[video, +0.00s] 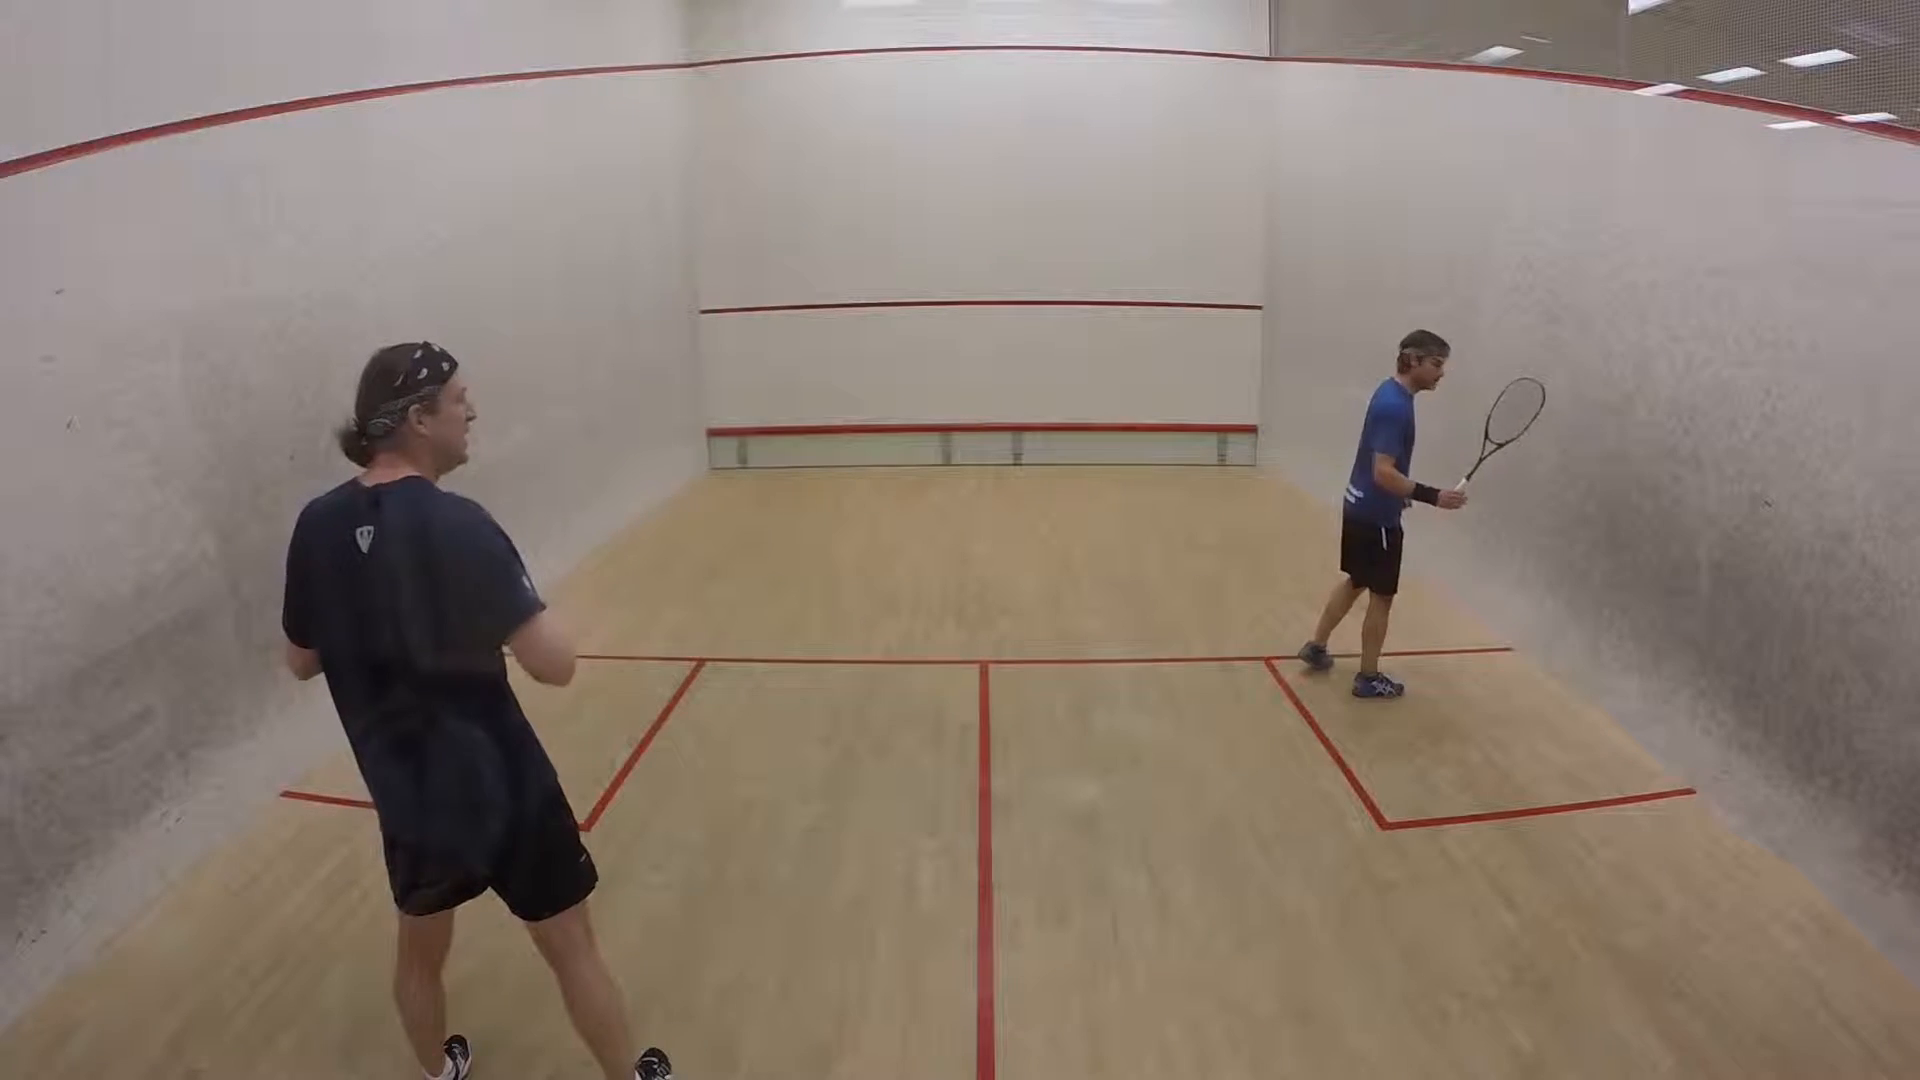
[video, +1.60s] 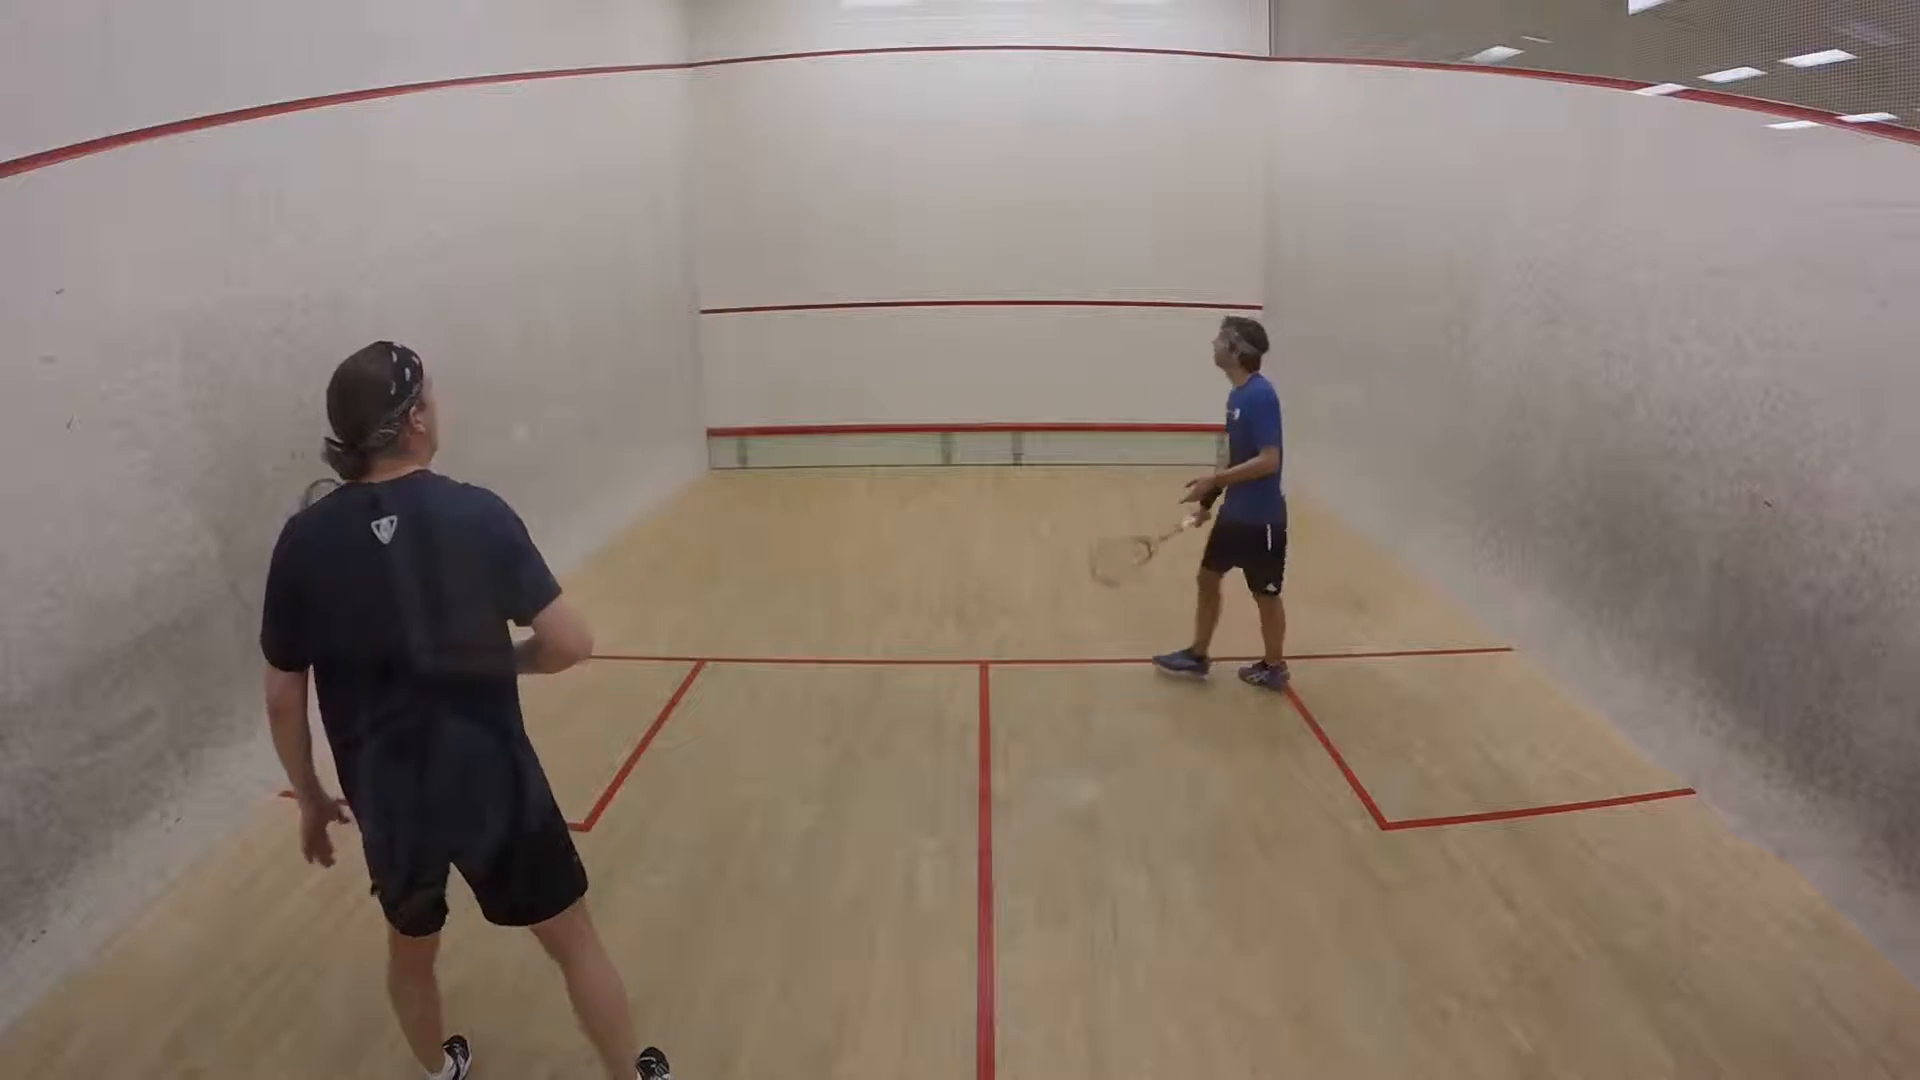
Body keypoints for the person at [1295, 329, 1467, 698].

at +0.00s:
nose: (1441, 373)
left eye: (1442, 366)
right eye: (1437, 365)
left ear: (1413, 363)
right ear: (1412, 362)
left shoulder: (1390, 394)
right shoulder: (1395, 405)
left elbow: (1377, 462)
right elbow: (1383, 473)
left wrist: (1400, 492)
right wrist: (1433, 495)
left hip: (1359, 507)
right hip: (1378, 517)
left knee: (1356, 581)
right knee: (1382, 597)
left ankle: (1316, 645)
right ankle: (1368, 676)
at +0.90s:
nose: (1407, 390)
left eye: (1406, 383)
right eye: (1408, 384)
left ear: (1375, 375)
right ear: (1404, 386)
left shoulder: (1344, 398)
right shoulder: (1386, 432)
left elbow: (1310, 434)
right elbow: (1397, 501)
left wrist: (1344, 455)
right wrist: (1448, 514)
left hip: (1299, 510)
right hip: (1338, 525)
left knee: (1288, 585)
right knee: (1356, 601)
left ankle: (1269, 665)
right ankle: (1364, 676)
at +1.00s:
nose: (1388, 387)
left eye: (1386, 380)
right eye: (1388, 381)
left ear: (1354, 374)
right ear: (1383, 384)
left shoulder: (1319, 396)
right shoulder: (1374, 434)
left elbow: (1277, 439)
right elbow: (1378, 497)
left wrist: (1299, 461)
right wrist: (1421, 514)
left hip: (1286, 513)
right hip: (1327, 526)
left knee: (1277, 588)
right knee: (1346, 602)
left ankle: (1269, 671)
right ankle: (1363, 676)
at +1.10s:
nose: (1363, 380)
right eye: (1364, 376)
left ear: (1330, 369)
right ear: (1361, 378)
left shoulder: (1296, 396)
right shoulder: (1361, 428)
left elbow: (1259, 441)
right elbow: (1344, 487)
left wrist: (1256, 469)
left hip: (1272, 520)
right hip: (1316, 527)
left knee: (1264, 590)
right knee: (1340, 601)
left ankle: (1268, 672)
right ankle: (1358, 673)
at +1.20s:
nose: (1325, 364)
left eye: (1314, 355)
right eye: (1332, 360)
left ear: (1307, 359)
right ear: (1338, 366)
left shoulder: (1281, 395)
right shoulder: (1340, 413)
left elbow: (1250, 446)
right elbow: (1330, 456)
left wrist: (1225, 459)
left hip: (1267, 518)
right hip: (1311, 521)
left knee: (1258, 590)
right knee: (1328, 591)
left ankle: (1269, 672)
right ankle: (1346, 665)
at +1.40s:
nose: (1258, 348)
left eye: (1260, 343)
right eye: (1264, 343)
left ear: (1260, 348)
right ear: (1291, 351)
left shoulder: (1271, 391)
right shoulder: (1293, 389)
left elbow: (1263, 453)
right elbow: (1269, 453)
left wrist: (1209, 460)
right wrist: (1221, 474)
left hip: (1268, 511)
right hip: (1292, 506)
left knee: (1257, 585)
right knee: (1270, 579)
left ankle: (1269, 672)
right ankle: (1277, 650)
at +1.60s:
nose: (1214, 346)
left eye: (1219, 340)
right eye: (1217, 339)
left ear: (1235, 349)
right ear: (1238, 350)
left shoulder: (1260, 396)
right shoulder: (1237, 396)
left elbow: (1269, 461)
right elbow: (1234, 459)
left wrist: (1216, 481)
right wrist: (1207, 499)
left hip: (1262, 516)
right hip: (1236, 511)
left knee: (1266, 593)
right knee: (1208, 577)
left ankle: (1275, 666)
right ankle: (1198, 654)